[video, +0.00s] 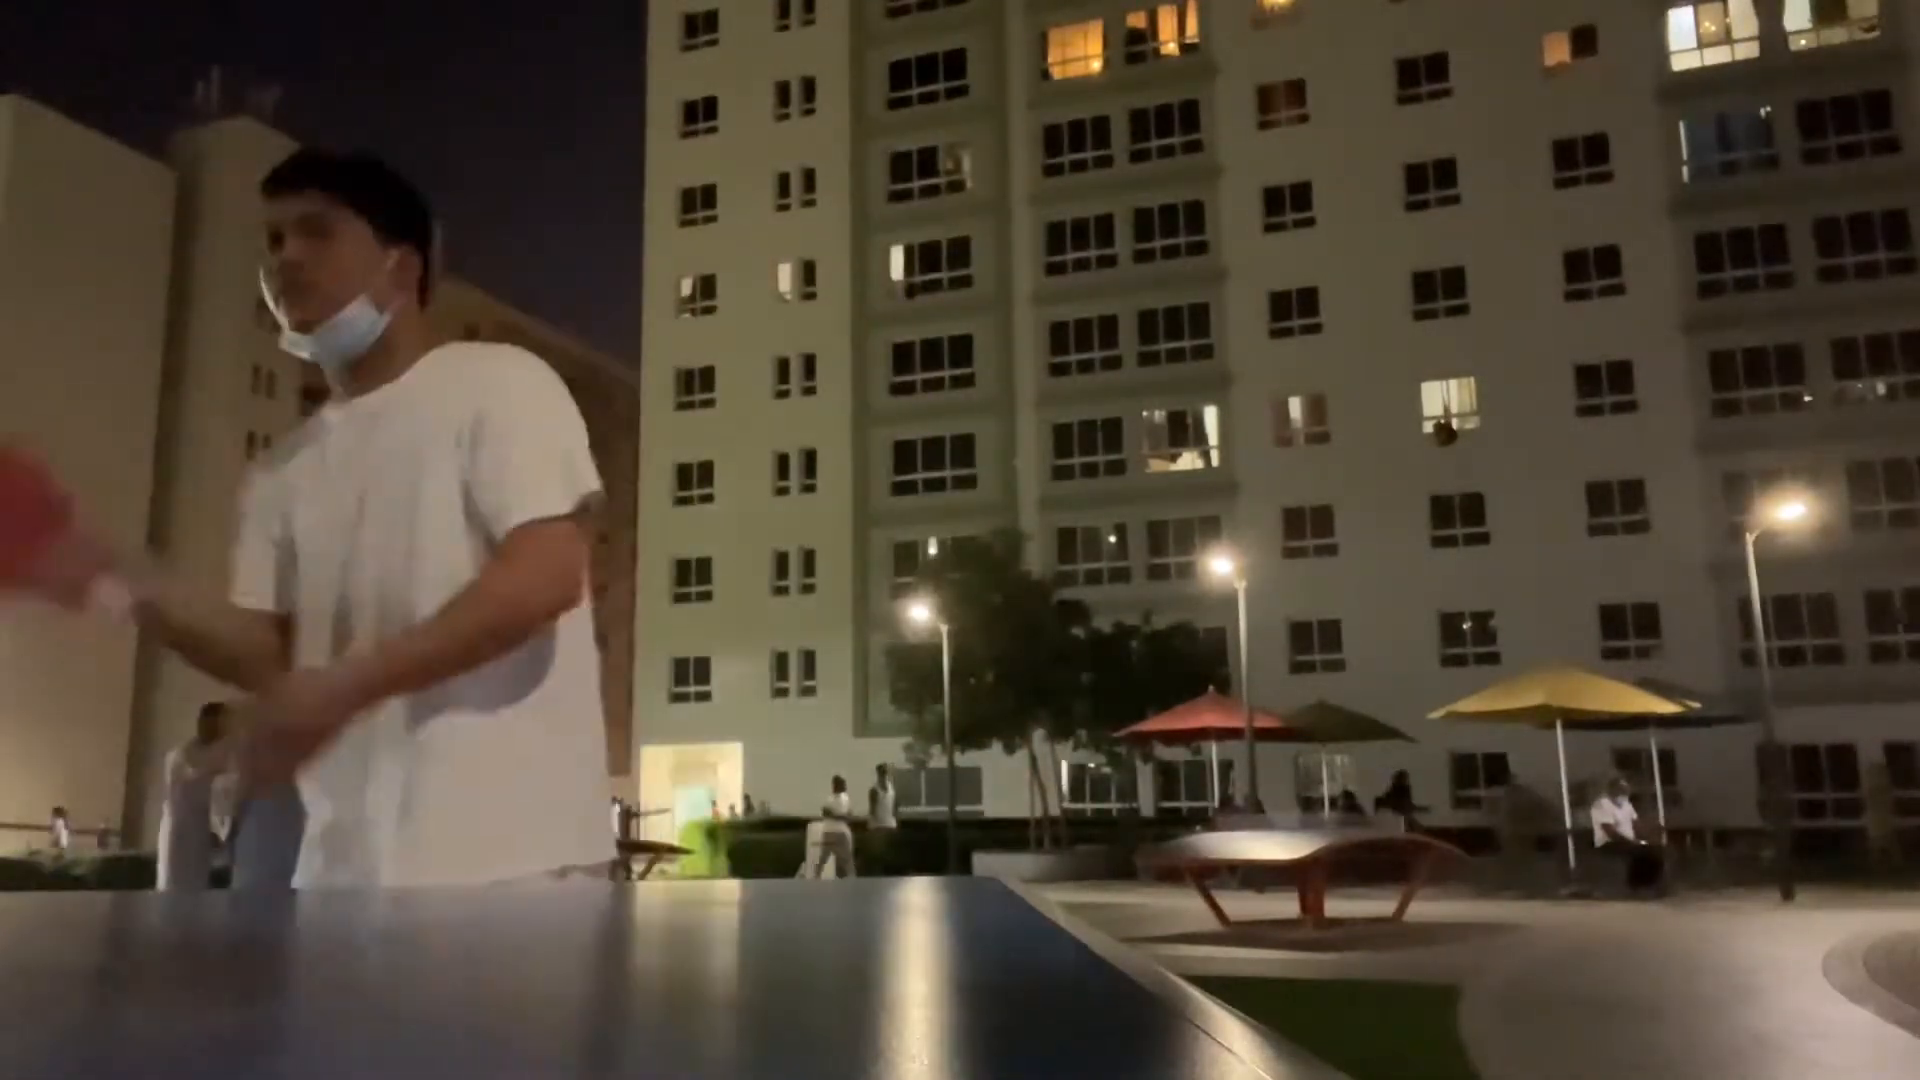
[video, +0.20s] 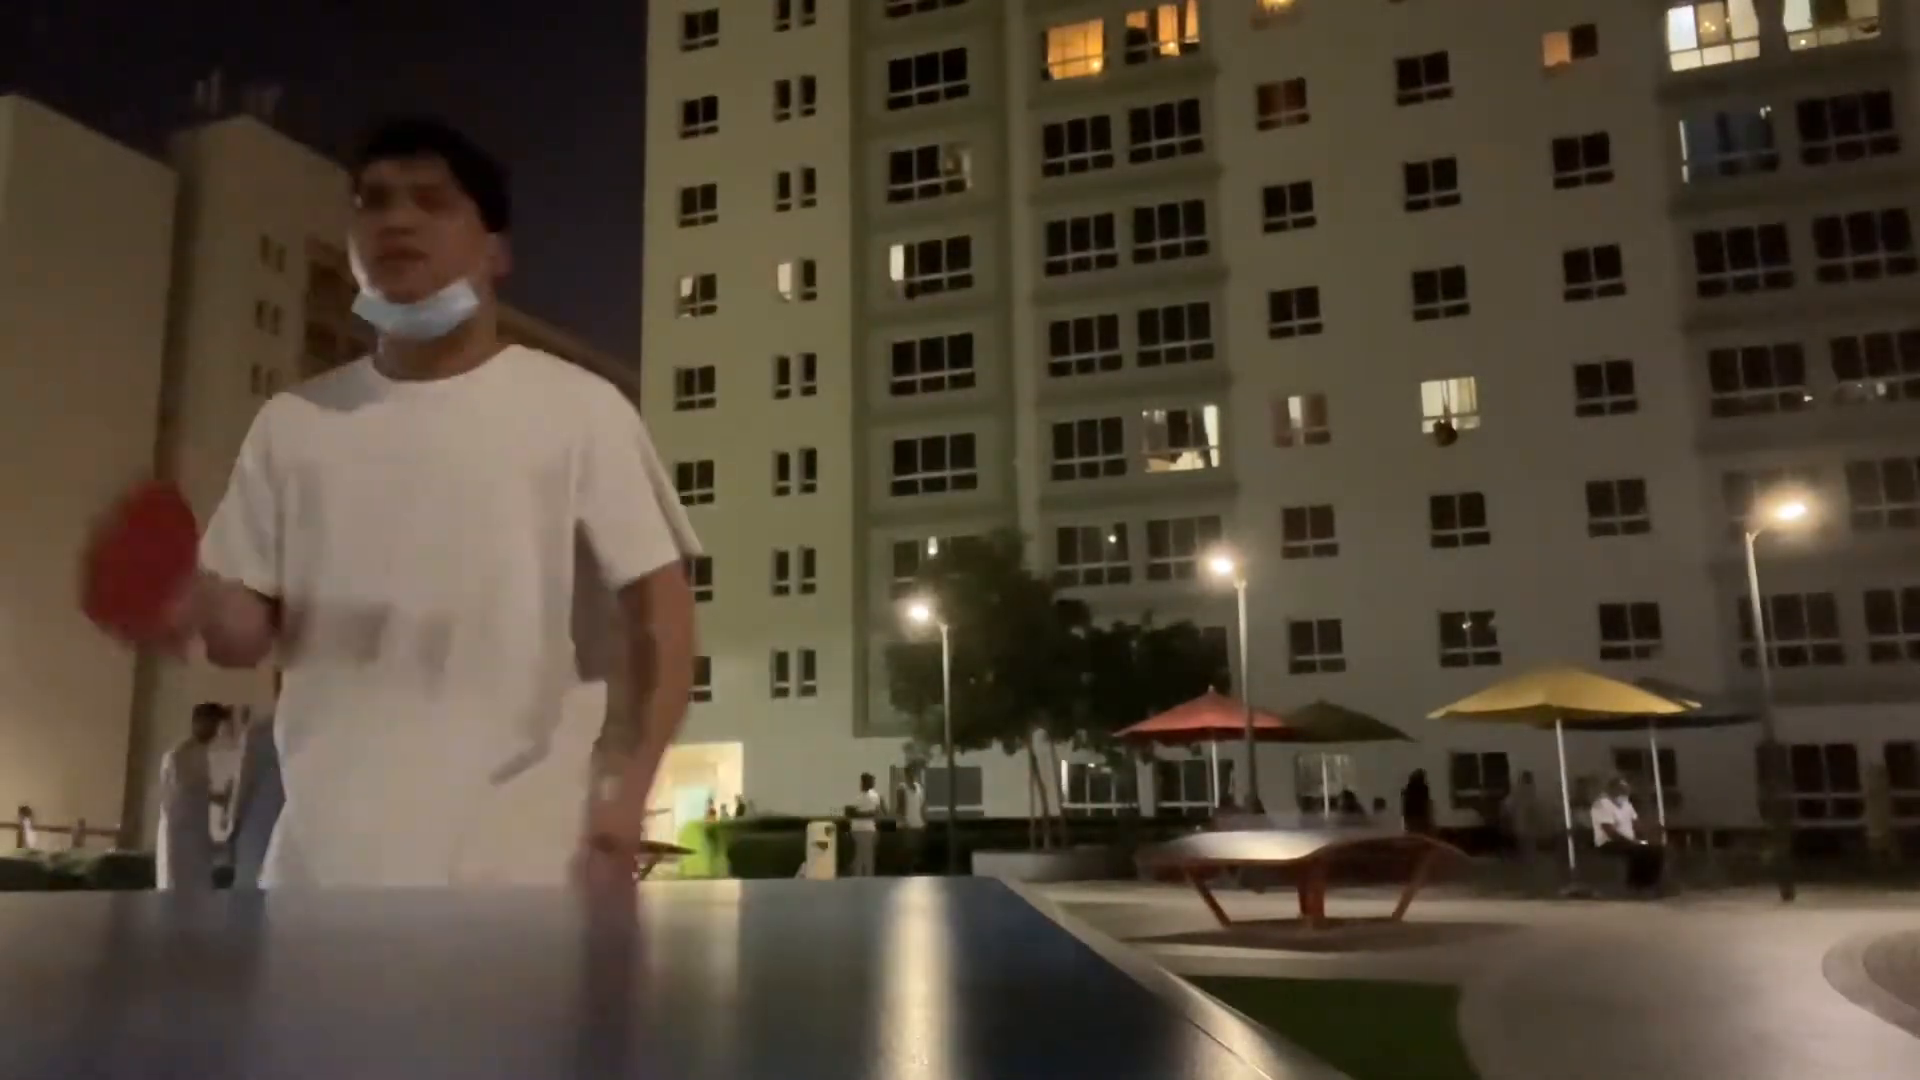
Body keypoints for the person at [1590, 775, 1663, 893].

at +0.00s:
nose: (1624, 794)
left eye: (1625, 790)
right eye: (1621, 790)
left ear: (1627, 790)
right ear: (1613, 790)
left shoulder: (1625, 802)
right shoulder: (1602, 804)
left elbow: (1635, 822)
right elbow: (1609, 830)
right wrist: (1632, 842)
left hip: (1629, 840)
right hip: (1609, 843)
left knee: (1653, 850)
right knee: (1640, 853)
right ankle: (1635, 888)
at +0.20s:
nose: (1625, 791)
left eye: (1626, 788)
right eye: (1621, 788)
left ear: (1627, 789)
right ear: (1613, 789)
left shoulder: (1625, 802)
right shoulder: (1603, 804)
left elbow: (1635, 822)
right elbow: (1608, 829)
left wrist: (1646, 834)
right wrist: (1631, 842)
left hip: (1629, 840)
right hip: (1609, 842)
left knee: (1654, 850)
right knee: (1640, 853)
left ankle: (1649, 885)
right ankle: (1634, 886)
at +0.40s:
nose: (1625, 790)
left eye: (1626, 787)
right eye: (1622, 787)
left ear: (1627, 788)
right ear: (1613, 788)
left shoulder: (1624, 802)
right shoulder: (1603, 804)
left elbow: (1635, 821)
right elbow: (1609, 829)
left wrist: (1646, 835)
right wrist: (1631, 842)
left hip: (1629, 840)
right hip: (1609, 842)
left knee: (1653, 850)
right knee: (1638, 853)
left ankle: (1651, 886)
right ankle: (1635, 887)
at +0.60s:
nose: (1625, 790)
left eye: (1626, 787)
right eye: (1621, 787)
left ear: (1628, 788)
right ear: (1613, 788)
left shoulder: (1624, 802)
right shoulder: (1603, 803)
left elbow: (1635, 821)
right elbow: (1609, 829)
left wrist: (1646, 835)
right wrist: (1632, 842)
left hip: (1629, 840)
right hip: (1609, 842)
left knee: (1652, 850)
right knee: (1639, 853)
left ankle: (1650, 885)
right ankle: (1637, 887)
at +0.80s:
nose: (1625, 791)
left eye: (1626, 788)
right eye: (1622, 788)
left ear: (1627, 789)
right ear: (1614, 789)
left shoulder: (1625, 802)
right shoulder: (1603, 803)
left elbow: (1636, 821)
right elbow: (1608, 829)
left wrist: (1648, 835)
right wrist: (1631, 842)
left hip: (1628, 839)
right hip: (1608, 842)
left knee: (1652, 850)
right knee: (1636, 853)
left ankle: (1651, 886)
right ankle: (1635, 887)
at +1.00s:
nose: (1625, 792)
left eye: (1626, 788)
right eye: (1621, 788)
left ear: (1627, 789)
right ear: (1613, 789)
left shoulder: (1625, 802)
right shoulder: (1602, 803)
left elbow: (1636, 821)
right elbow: (1608, 829)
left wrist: (1648, 836)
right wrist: (1631, 842)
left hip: (1629, 840)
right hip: (1609, 842)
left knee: (1652, 851)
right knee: (1635, 853)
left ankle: (1653, 886)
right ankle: (1637, 888)